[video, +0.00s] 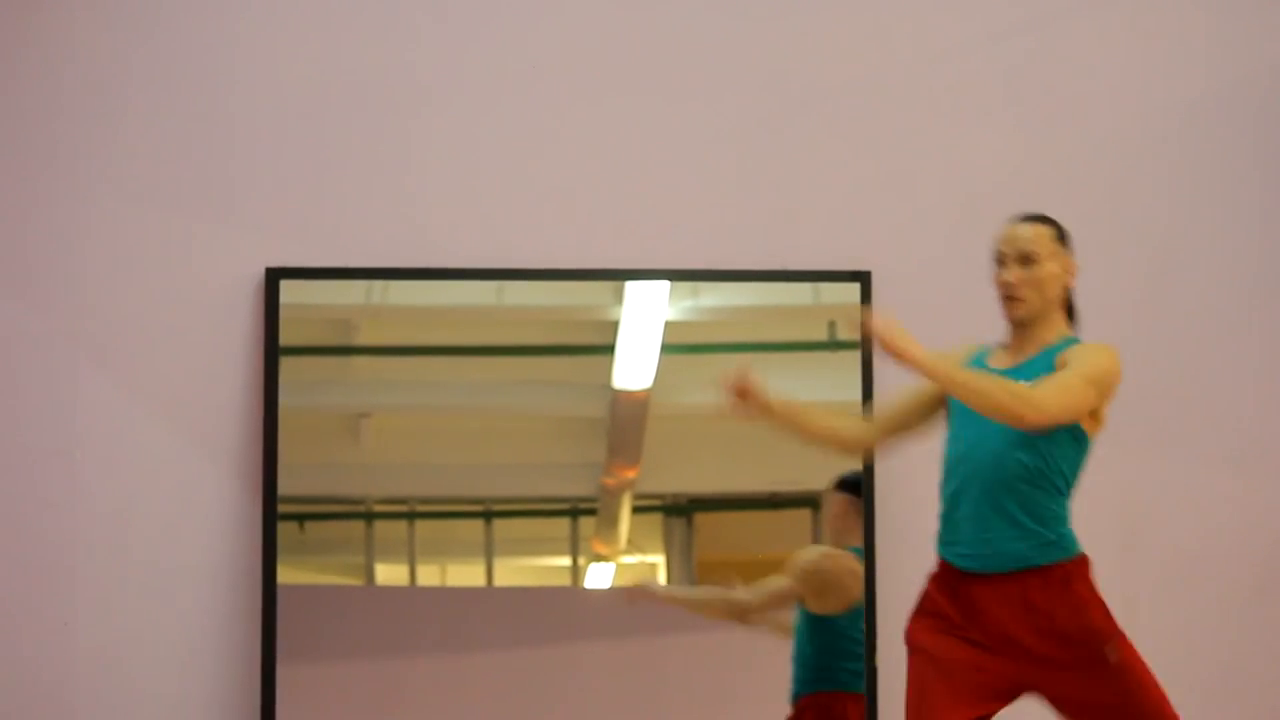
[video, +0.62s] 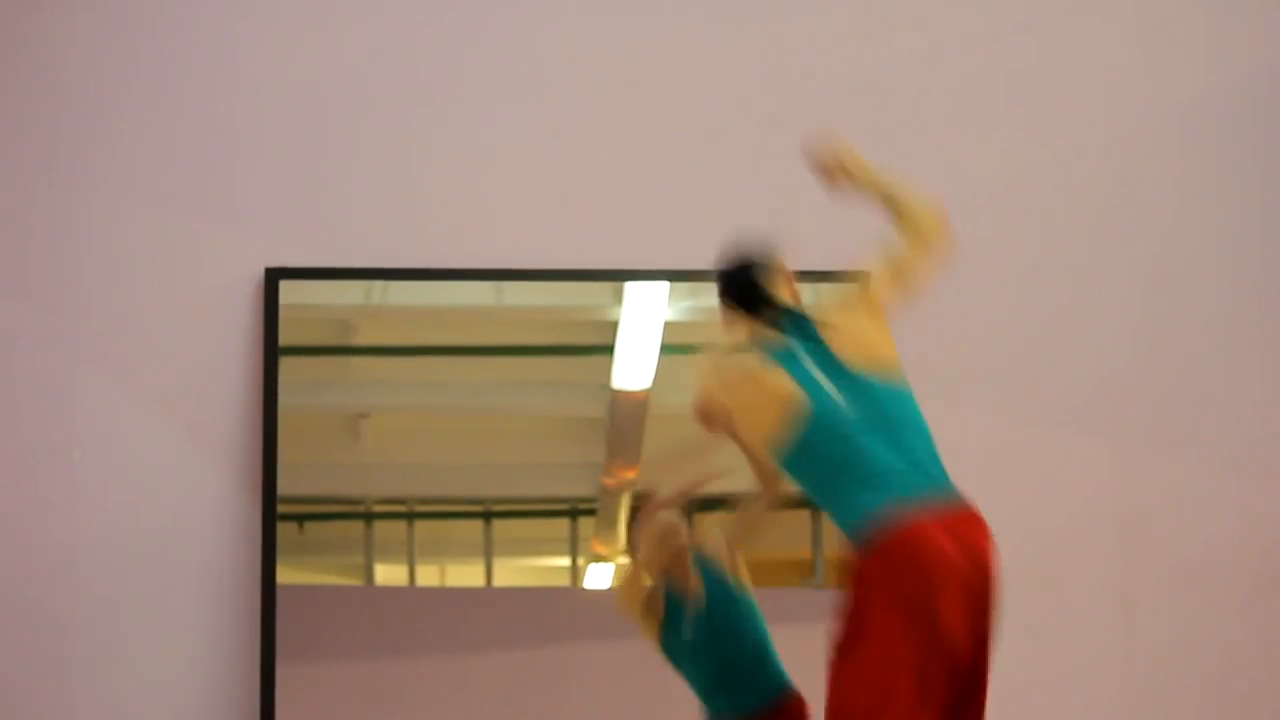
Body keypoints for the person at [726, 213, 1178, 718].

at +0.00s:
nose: (1008, 276)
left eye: (1026, 262)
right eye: (1000, 264)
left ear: (1067, 273)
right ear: (993, 275)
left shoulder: (1093, 362)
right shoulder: (969, 364)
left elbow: (1031, 409)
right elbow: (864, 433)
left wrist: (917, 357)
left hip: (1055, 606)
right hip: (956, 611)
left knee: (1154, 715)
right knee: (928, 712)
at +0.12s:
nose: (915, 261)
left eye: (931, 245)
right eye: (907, 249)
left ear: (973, 254)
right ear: (899, 266)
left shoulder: (1012, 329)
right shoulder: (893, 352)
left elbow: (1115, 383)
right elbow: (775, 373)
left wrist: (1210, 436)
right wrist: (747, 327)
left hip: (1052, 572)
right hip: (968, 591)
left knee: (1086, 701)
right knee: (934, 713)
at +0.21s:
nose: (852, 312)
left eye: (870, 295)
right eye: (845, 299)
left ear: (915, 301)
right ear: (839, 314)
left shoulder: (963, 355)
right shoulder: (851, 384)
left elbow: (1099, 330)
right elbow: (735, 367)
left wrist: (1225, 311)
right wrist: (776, 314)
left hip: (1063, 582)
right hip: (995, 604)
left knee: (1021, 714)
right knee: (943, 715)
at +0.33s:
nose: (804, 412)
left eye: (821, 392)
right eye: (796, 399)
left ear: (867, 397)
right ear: (793, 416)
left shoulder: (913, 439)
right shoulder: (829, 492)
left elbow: (1009, 359)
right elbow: (833, 580)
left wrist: (1093, 277)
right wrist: (778, 632)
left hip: (1048, 635)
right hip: (1015, 645)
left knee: (950, 709)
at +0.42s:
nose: (755, 441)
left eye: (772, 425)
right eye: (753, 431)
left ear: (830, 427)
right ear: (753, 444)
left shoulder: (872, 491)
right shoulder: (838, 534)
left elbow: (1010, 482)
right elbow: (902, 648)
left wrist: (1156, 478)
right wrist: (873, 708)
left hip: (1022, 646)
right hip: (996, 655)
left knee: (918, 716)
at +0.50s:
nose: (736, 440)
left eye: (744, 420)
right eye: (736, 424)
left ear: (789, 415)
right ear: (793, 416)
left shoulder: (844, 487)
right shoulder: (849, 479)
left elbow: (832, 628)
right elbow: (836, 628)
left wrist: (796, 700)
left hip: (993, 647)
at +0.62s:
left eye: (726, 313)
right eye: (787, 276)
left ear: (730, 314)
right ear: (789, 282)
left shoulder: (724, 385)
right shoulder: (858, 310)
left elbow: (776, 486)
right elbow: (929, 230)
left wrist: (731, 536)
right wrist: (863, 176)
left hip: (900, 558)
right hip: (967, 538)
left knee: (867, 707)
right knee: (956, 708)